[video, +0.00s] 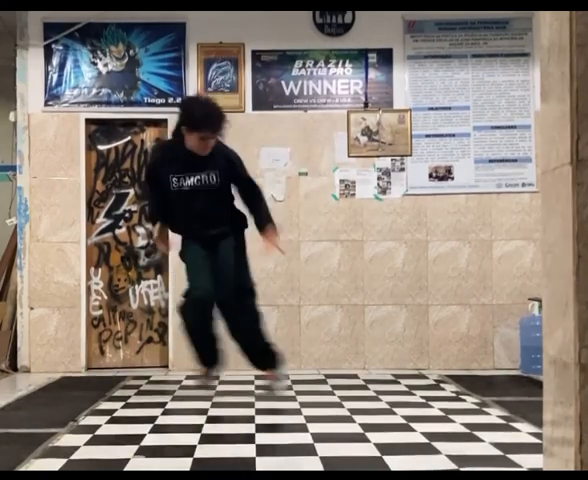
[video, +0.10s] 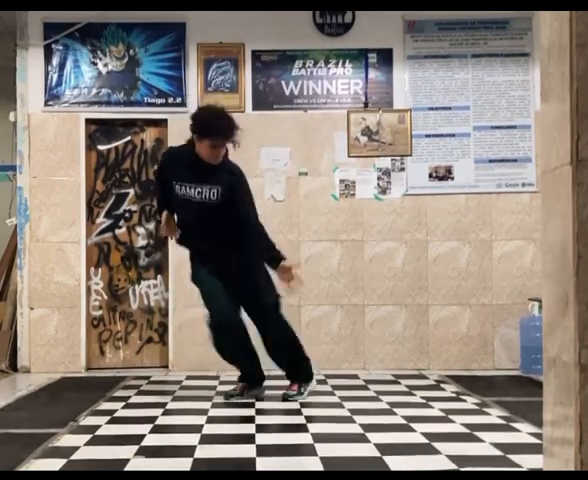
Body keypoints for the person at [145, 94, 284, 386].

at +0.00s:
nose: (209, 145)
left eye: (213, 138)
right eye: (203, 139)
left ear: (218, 132)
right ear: (185, 132)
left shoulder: (223, 156)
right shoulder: (163, 157)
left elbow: (247, 188)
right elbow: (155, 191)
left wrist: (265, 222)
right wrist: (161, 223)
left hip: (227, 234)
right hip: (193, 238)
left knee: (235, 297)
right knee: (200, 297)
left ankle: (267, 363)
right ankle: (209, 361)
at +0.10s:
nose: (220, 153)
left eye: (224, 146)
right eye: (214, 147)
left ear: (229, 142)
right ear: (196, 139)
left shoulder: (231, 176)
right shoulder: (173, 161)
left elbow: (251, 225)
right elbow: (163, 184)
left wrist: (278, 263)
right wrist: (167, 213)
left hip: (241, 256)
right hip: (204, 258)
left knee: (267, 316)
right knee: (224, 320)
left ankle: (300, 375)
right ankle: (251, 377)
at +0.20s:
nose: (196, 146)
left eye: (201, 140)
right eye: (190, 140)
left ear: (215, 133)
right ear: (183, 136)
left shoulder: (234, 161)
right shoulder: (174, 161)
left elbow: (253, 204)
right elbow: (163, 194)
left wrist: (255, 238)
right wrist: (165, 226)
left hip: (232, 248)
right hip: (195, 250)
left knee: (237, 308)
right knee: (205, 312)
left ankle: (270, 361)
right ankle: (228, 363)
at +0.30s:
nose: (170, 152)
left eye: (174, 145)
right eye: (167, 146)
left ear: (194, 140)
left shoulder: (233, 151)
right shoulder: (176, 178)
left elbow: (258, 172)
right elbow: (165, 226)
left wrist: (249, 209)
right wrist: (154, 267)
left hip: (228, 238)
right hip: (192, 241)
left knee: (203, 298)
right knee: (177, 298)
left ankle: (190, 365)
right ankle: (181, 364)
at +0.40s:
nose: (169, 156)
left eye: (172, 148)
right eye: (164, 151)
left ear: (190, 140)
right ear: (162, 150)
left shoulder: (229, 158)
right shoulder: (178, 185)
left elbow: (260, 179)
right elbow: (173, 235)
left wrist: (257, 222)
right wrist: (157, 280)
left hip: (227, 250)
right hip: (190, 250)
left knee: (192, 308)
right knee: (162, 306)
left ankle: (175, 372)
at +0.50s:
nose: (205, 149)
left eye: (209, 142)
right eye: (198, 143)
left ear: (217, 138)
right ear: (184, 140)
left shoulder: (234, 162)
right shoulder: (179, 173)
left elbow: (272, 186)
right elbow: (167, 213)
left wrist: (290, 211)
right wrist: (154, 242)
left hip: (238, 245)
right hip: (201, 251)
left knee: (218, 295)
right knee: (172, 312)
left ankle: (222, 361)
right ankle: (152, 372)